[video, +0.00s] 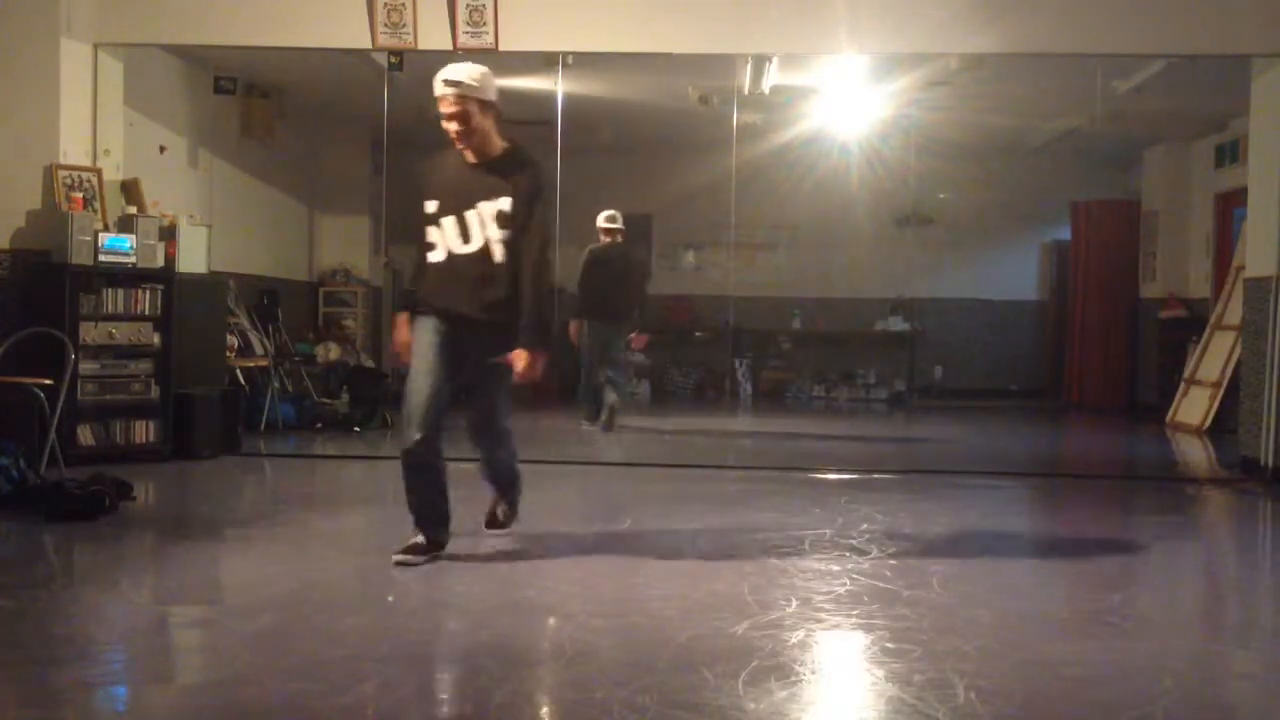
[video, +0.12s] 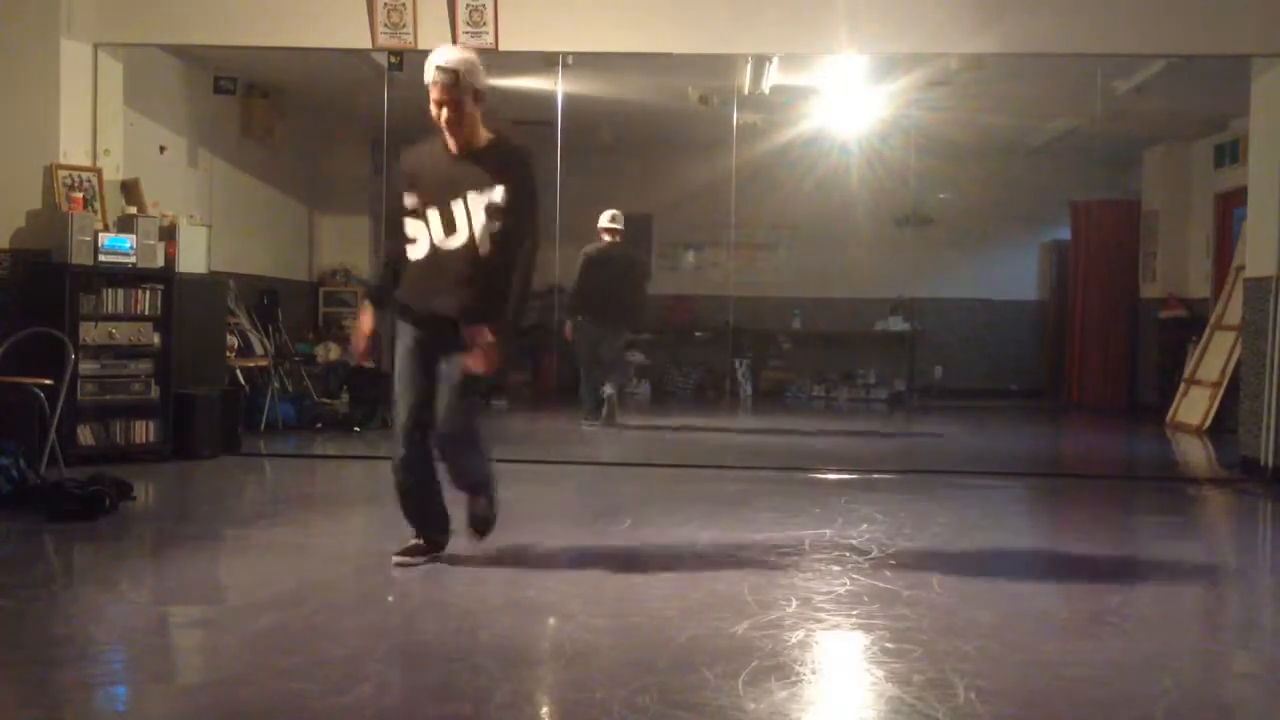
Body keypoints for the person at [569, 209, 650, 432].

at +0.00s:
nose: (604, 235)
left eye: (603, 232)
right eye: (608, 232)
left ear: (600, 232)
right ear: (621, 231)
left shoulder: (594, 253)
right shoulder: (632, 255)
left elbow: (583, 290)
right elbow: (640, 292)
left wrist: (576, 318)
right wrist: (640, 325)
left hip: (596, 317)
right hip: (622, 317)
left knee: (591, 365)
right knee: (616, 361)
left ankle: (590, 411)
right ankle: (613, 397)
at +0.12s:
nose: (611, 237)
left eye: (609, 232)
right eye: (612, 232)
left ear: (600, 232)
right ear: (621, 232)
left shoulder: (590, 253)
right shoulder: (633, 257)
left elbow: (578, 289)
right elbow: (638, 293)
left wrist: (571, 317)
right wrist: (636, 322)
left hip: (591, 317)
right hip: (619, 318)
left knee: (588, 365)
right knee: (615, 360)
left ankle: (590, 412)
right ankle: (611, 387)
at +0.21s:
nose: (615, 231)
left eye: (616, 227)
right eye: (614, 227)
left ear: (603, 224)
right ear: (624, 226)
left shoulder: (591, 245)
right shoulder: (633, 250)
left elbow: (578, 278)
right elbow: (639, 284)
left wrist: (574, 306)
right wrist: (637, 316)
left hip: (592, 312)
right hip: (619, 313)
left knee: (589, 361)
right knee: (615, 361)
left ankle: (592, 409)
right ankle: (612, 406)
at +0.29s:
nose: (619, 228)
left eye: (620, 224)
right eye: (619, 224)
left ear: (609, 220)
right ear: (629, 224)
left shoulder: (592, 240)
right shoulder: (635, 248)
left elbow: (578, 271)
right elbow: (640, 281)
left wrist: (576, 297)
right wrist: (637, 306)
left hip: (595, 307)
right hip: (621, 309)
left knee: (591, 356)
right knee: (616, 359)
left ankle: (592, 402)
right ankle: (611, 406)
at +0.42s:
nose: (634, 238)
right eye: (634, 234)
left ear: (616, 228)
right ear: (635, 233)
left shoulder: (596, 247)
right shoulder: (636, 255)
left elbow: (577, 279)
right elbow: (646, 288)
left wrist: (580, 304)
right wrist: (637, 310)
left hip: (595, 312)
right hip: (621, 314)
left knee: (593, 357)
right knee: (615, 363)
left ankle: (587, 395)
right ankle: (605, 410)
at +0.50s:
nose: (636, 241)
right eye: (636, 236)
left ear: (618, 231)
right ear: (637, 236)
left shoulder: (598, 252)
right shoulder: (638, 259)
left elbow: (579, 283)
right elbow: (645, 290)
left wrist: (579, 308)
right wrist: (641, 313)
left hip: (597, 316)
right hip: (622, 318)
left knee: (596, 360)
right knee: (617, 365)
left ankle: (586, 396)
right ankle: (608, 407)